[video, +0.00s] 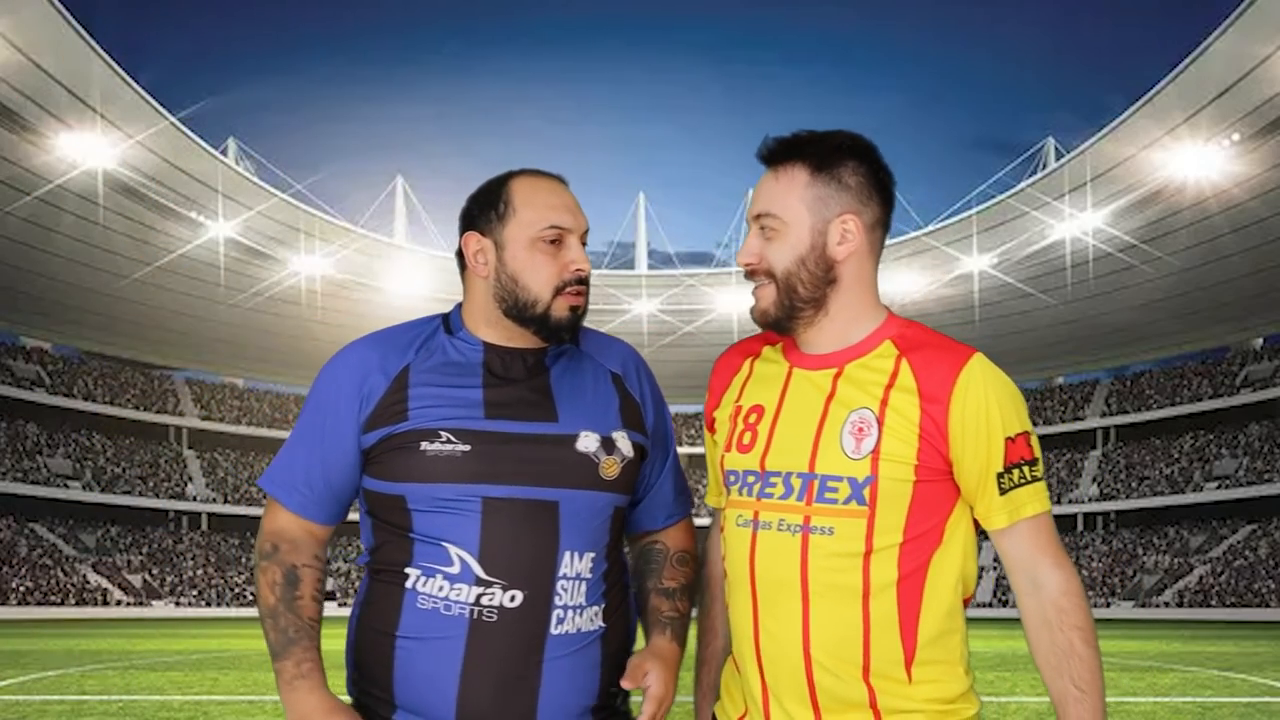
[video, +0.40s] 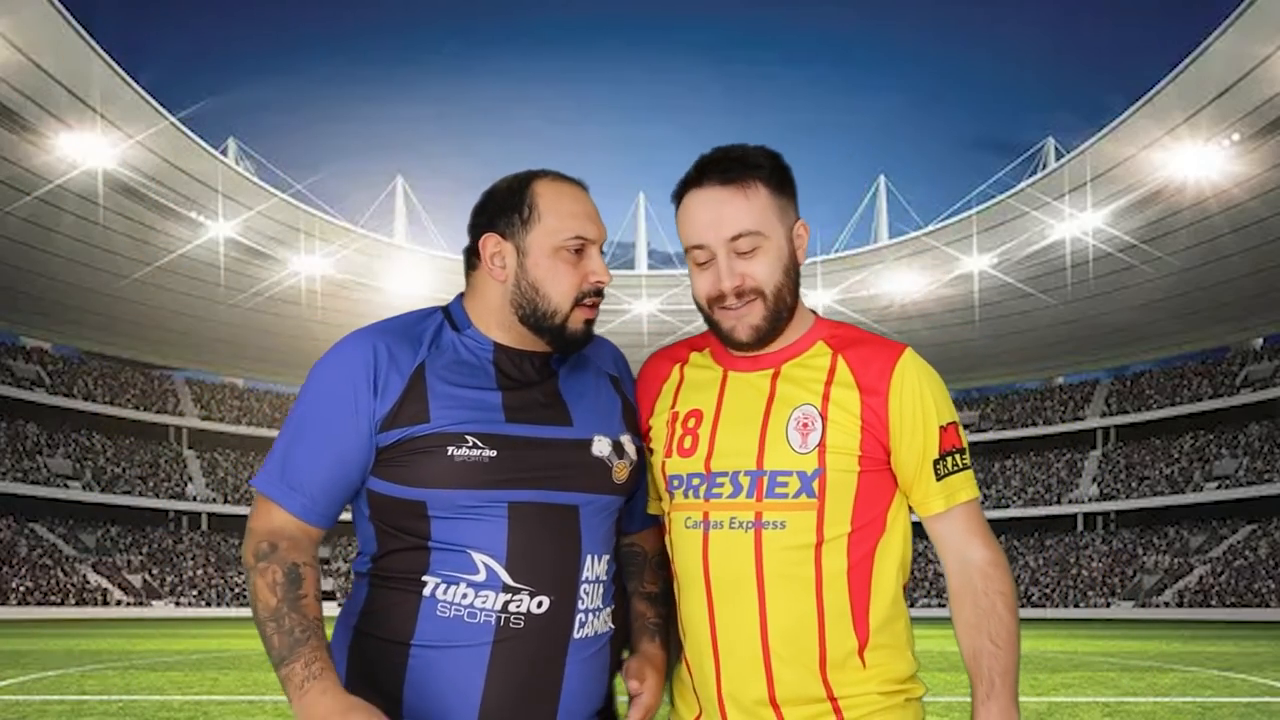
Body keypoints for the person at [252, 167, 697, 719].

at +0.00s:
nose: (582, 261)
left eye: (583, 243)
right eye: (553, 240)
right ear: (478, 253)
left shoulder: (622, 378)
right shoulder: (369, 374)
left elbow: (663, 528)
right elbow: (291, 532)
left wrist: (664, 643)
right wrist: (304, 689)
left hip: (578, 706)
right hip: (405, 706)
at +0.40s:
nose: (602, 275)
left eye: (601, 254)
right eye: (576, 251)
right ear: (497, 256)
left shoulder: (605, 373)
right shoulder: (376, 365)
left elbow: (637, 525)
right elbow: (277, 539)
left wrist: (649, 644)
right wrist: (319, 697)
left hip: (573, 707)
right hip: (403, 708)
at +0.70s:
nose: (528, 278)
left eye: (522, 252)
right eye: (504, 251)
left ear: (426, 258)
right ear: (422, 253)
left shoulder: (510, 373)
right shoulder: (278, 370)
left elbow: (548, 534)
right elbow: (170, 566)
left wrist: (578, 674)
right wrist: (248, 710)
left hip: (495, 707)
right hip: (321, 705)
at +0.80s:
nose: (499, 277)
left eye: (493, 252)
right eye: (475, 252)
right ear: (391, 252)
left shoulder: (483, 370)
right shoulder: (250, 372)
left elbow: (521, 535)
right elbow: (146, 579)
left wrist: (551, 686)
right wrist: (221, 710)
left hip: (473, 706)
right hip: (296, 704)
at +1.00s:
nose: (458, 271)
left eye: (450, 245)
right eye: (432, 246)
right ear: (346, 253)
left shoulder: (444, 364)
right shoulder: (204, 378)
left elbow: (491, 526)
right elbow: (113, 601)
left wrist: (528, 678)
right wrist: (197, 713)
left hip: (452, 707)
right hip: (274, 704)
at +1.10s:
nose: (440, 266)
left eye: (433, 240)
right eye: (414, 241)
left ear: (328, 252)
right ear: (327, 251)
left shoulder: (434, 361)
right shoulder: (188, 384)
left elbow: (486, 523)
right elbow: (104, 607)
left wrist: (524, 678)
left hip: (447, 707)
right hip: (264, 705)